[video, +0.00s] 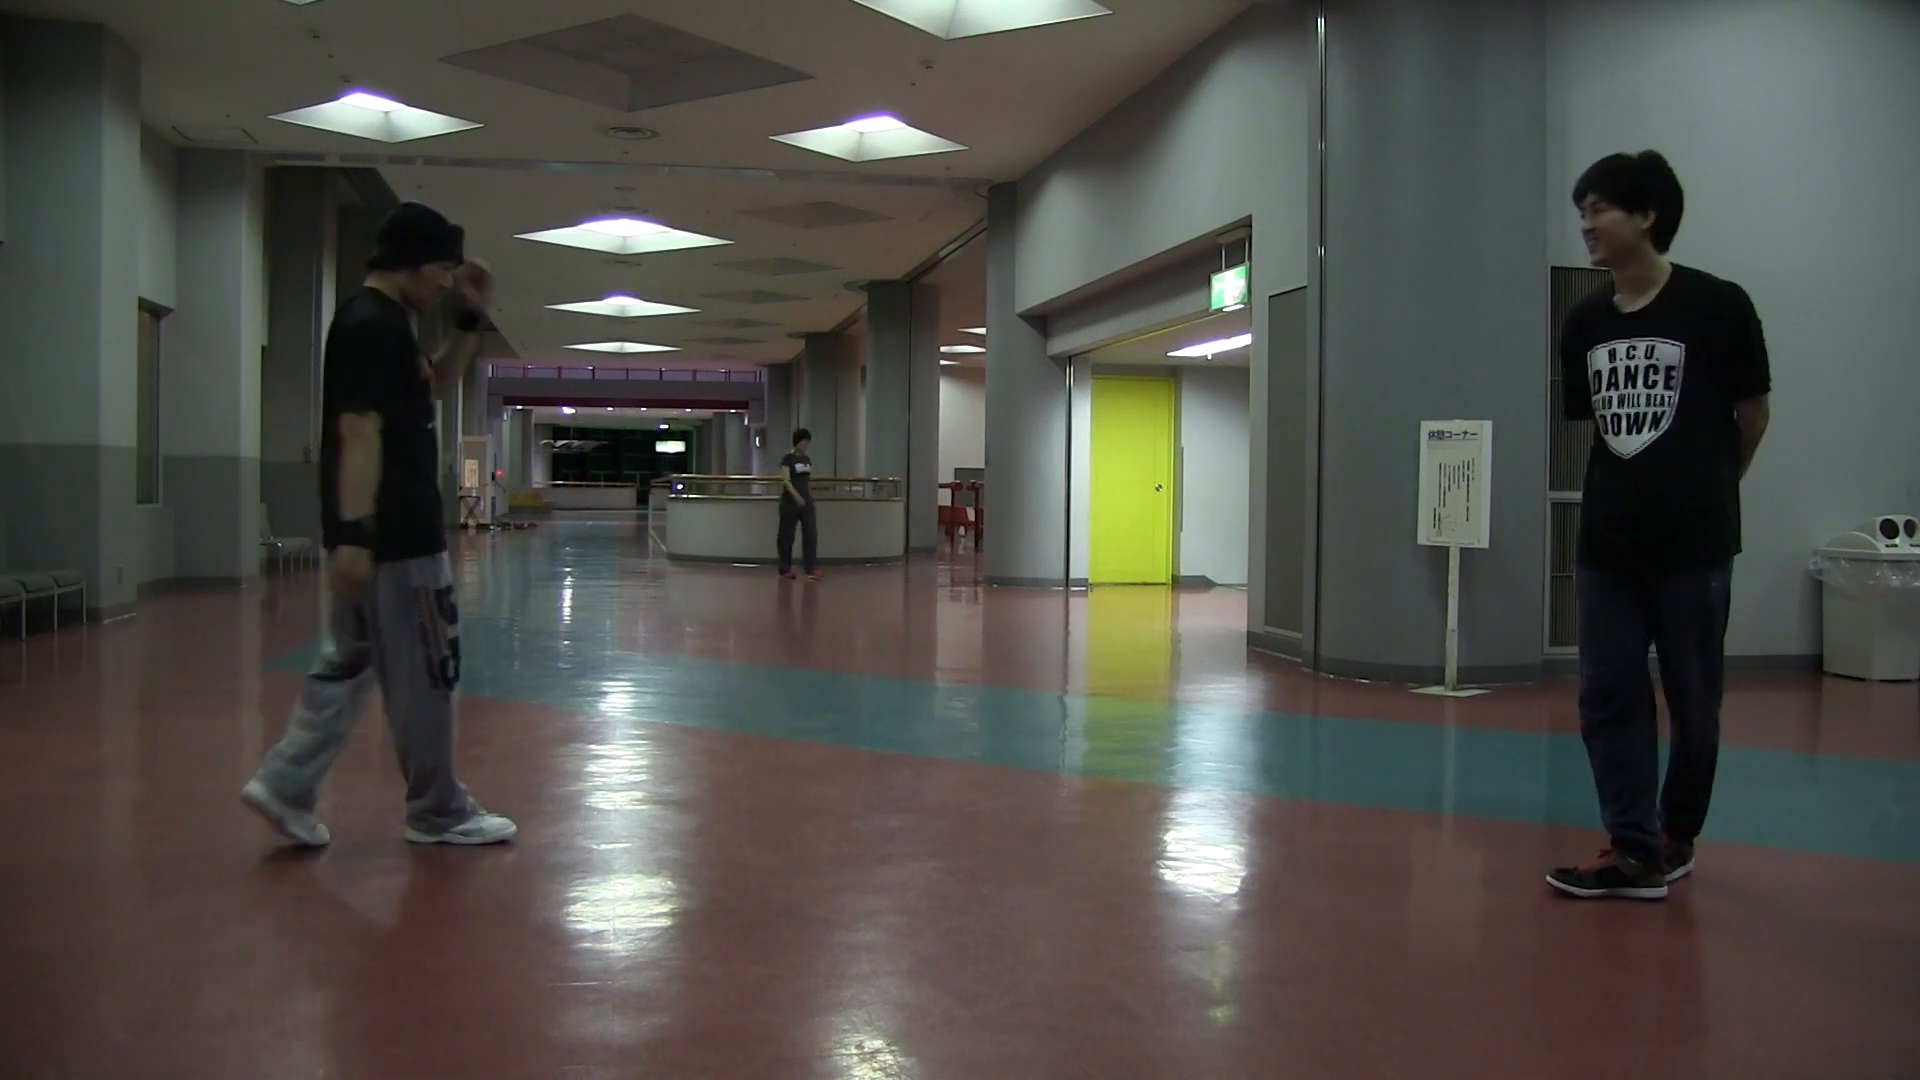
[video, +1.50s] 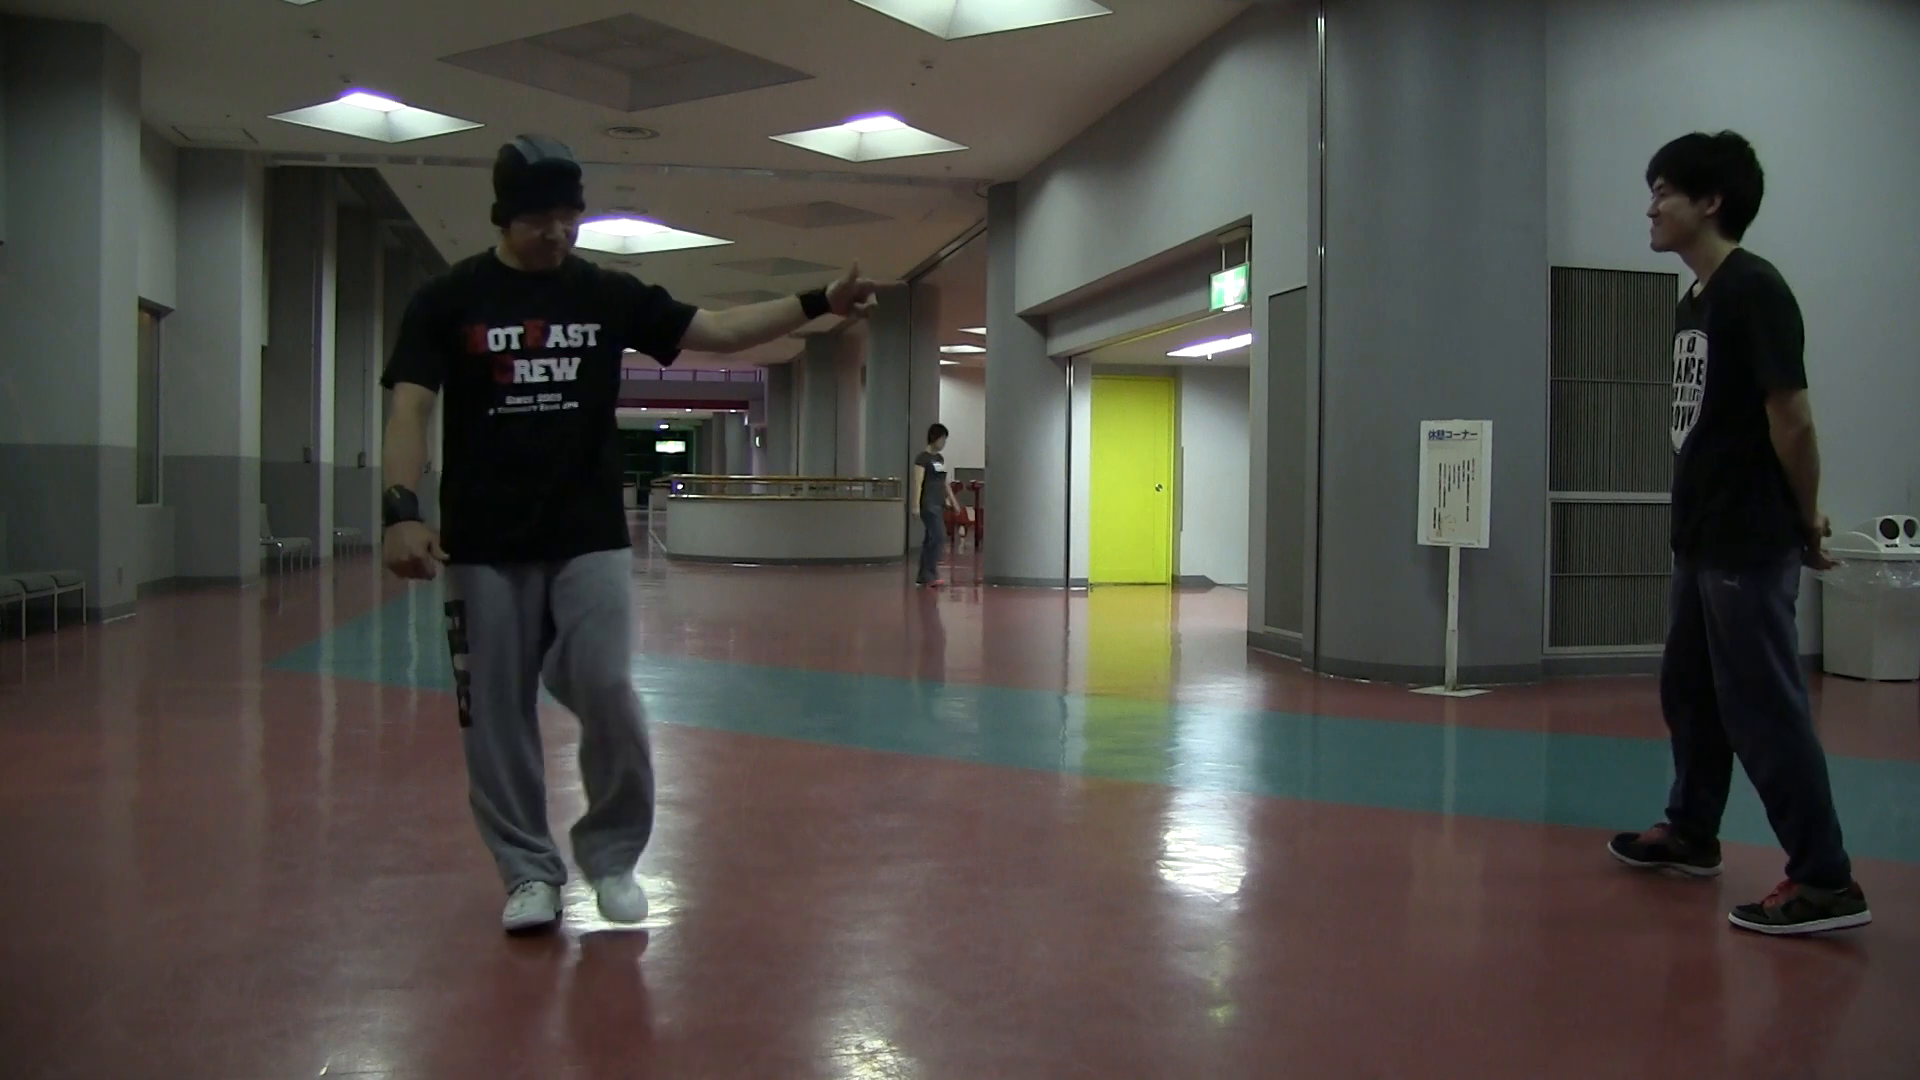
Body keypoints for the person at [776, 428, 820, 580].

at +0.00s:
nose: (806, 446)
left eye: (807, 442)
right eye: (805, 442)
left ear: (807, 443)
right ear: (798, 442)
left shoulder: (806, 460)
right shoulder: (787, 459)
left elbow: (805, 481)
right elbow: (786, 481)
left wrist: (808, 496)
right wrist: (797, 497)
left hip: (805, 499)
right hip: (790, 500)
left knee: (810, 534)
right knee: (786, 535)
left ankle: (810, 567)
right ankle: (785, 568)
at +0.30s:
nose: (834, 446)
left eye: (835, 442)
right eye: (832, 442)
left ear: (834, 444)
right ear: (823, 443)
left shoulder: (832, 461)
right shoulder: (814, 459)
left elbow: (830, 483)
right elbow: (812, 481)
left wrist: (834, 498)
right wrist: (823, 498)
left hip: (832, 500)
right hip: (817, 501)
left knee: (832, 537)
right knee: (816, 536)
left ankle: (831, 571)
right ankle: (797, 562)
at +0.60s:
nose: (857, 446)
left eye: (858, 443)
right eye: (854, 443)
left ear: (857, 444)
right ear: (846, 443)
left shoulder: (857, 461)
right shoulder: (836, 461)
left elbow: (864, 480)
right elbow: (823, 482)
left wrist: (877, 491)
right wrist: (816, 503)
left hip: (853, 504)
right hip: (840, 504)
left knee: (841, 539)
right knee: (849, 537)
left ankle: (832, 571)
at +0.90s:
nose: (884, 443)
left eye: (884, 440)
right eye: (881, 439)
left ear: (881, 441)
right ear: (873, 440)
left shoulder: (881, 459)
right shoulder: (862, 459)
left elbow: (886, 482)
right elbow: (857, 483)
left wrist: (894, 500)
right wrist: (860, 505)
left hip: (881, 504)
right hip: (867, 505)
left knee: (885, 537)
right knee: (869, 539)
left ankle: (867, 561)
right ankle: (869, 572)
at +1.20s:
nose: (913, 446)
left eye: (913, 443)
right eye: (911, 443)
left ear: (908, 443)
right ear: (904, 443)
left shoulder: (909, 461)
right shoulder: (893, 461)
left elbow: (908, 483)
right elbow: (897, 482)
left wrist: (911, 499)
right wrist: (914, 493)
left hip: (910, 506)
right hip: (895, 507)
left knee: (916, 540)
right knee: (889, 541)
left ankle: (922, 576)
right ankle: (872, 571)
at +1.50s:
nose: (944, 443)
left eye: (945, 440)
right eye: (942, 439)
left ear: (938, 440)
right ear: (934, 439)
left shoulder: (939, 459)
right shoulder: (922, 458)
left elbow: (945, 484)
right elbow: (917, 483)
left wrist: (954, 503)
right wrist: (915, 505)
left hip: (938, 503)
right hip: (927, 504)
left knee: (931, 539)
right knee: (938, 537)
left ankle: (924, 575)